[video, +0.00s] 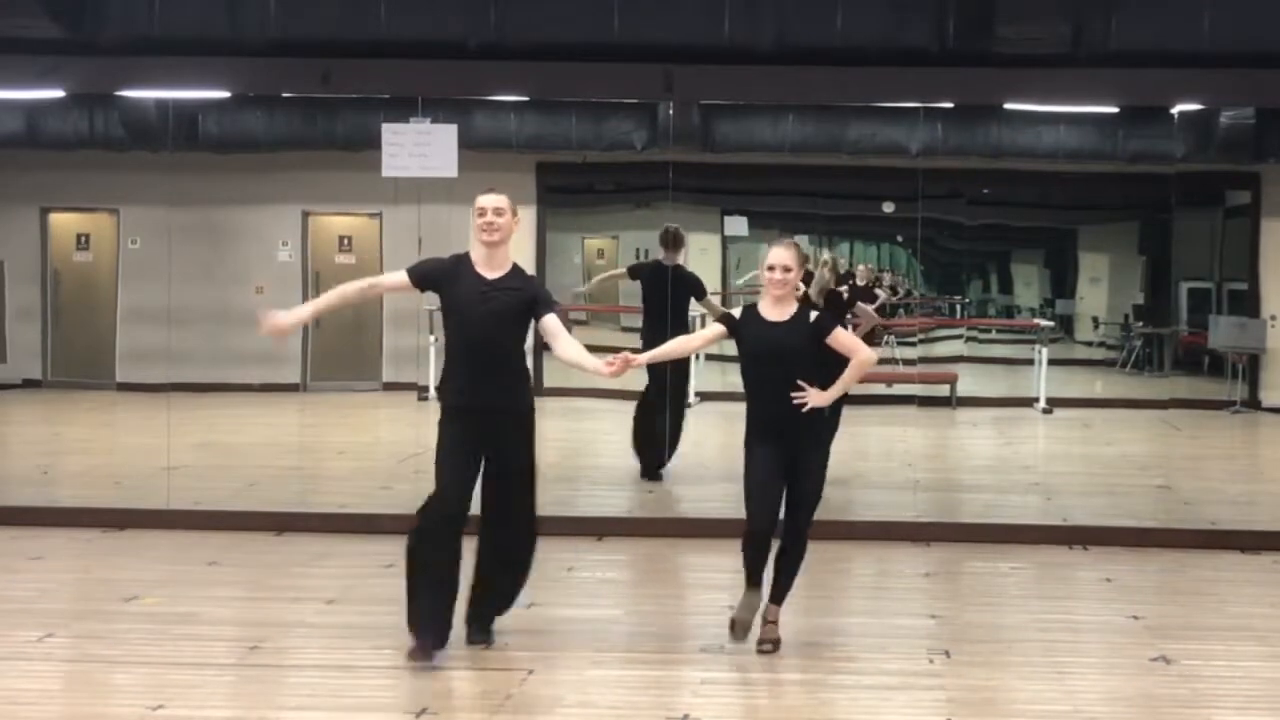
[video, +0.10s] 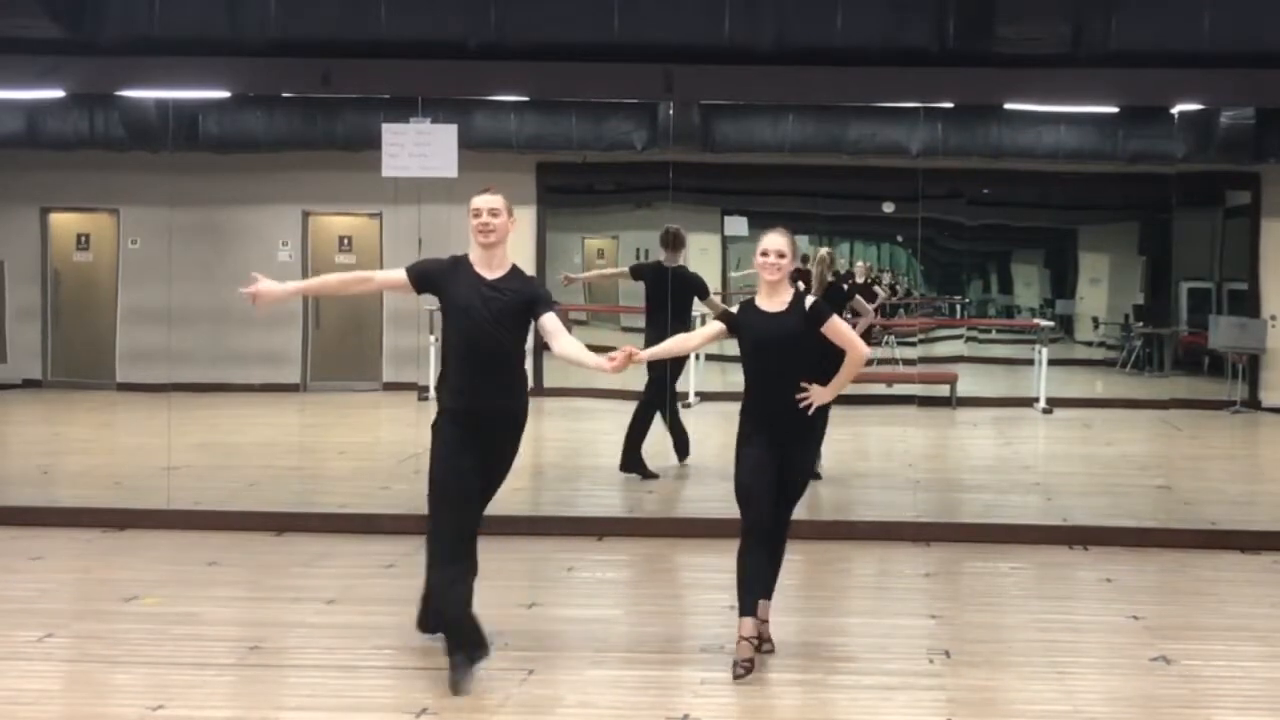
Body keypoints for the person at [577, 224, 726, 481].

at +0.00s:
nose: (679, 249)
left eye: (671, 245)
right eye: (681, 245)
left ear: (661, 245)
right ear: (683, 246)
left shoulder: (646, 269)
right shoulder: (688, 278)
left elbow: (609, 276)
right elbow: (712, 307)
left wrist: (588, 287)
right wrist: (729, 319)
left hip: (651, 344)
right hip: (679, 347)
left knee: (654, 393)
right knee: (674, 402)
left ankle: (646, 452)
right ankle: (659, 457)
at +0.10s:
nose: (675, 250)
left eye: (670, 245)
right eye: (680, 245)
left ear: (662, 246)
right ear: (683, 247)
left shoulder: (649, 270)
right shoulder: (691, 279)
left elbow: (611, 273)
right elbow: (715, 307)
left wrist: (578, 277)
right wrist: (734, 317)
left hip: (653, 345)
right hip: (679, 348)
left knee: (665, 397)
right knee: (652, 398)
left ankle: (681, 444)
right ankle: (631, 455)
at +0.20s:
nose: (676, 251)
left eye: (670, 246)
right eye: (681, 246)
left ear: (664, 247)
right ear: (685, 248)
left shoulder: (653, 270)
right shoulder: (692, 280)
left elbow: (611, 271)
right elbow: (717, 306)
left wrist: (579, 271)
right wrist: (738, 316)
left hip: (656, 345)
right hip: (679, 348)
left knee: (672, 399)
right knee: (649, 400)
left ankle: (687, 450)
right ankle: (629, 454)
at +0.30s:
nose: (677, 248)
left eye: (671, 243)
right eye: (684, 243)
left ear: (667, 245)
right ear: (687, 246)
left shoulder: (655, 268)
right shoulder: (695, 277)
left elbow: (615, 269)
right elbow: (717, 305)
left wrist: (581, 270)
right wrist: (737, 313)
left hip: (656, 343)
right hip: (679, 346)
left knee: (672, 399)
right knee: (653, 399)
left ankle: (682, 455)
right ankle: (632, 453)